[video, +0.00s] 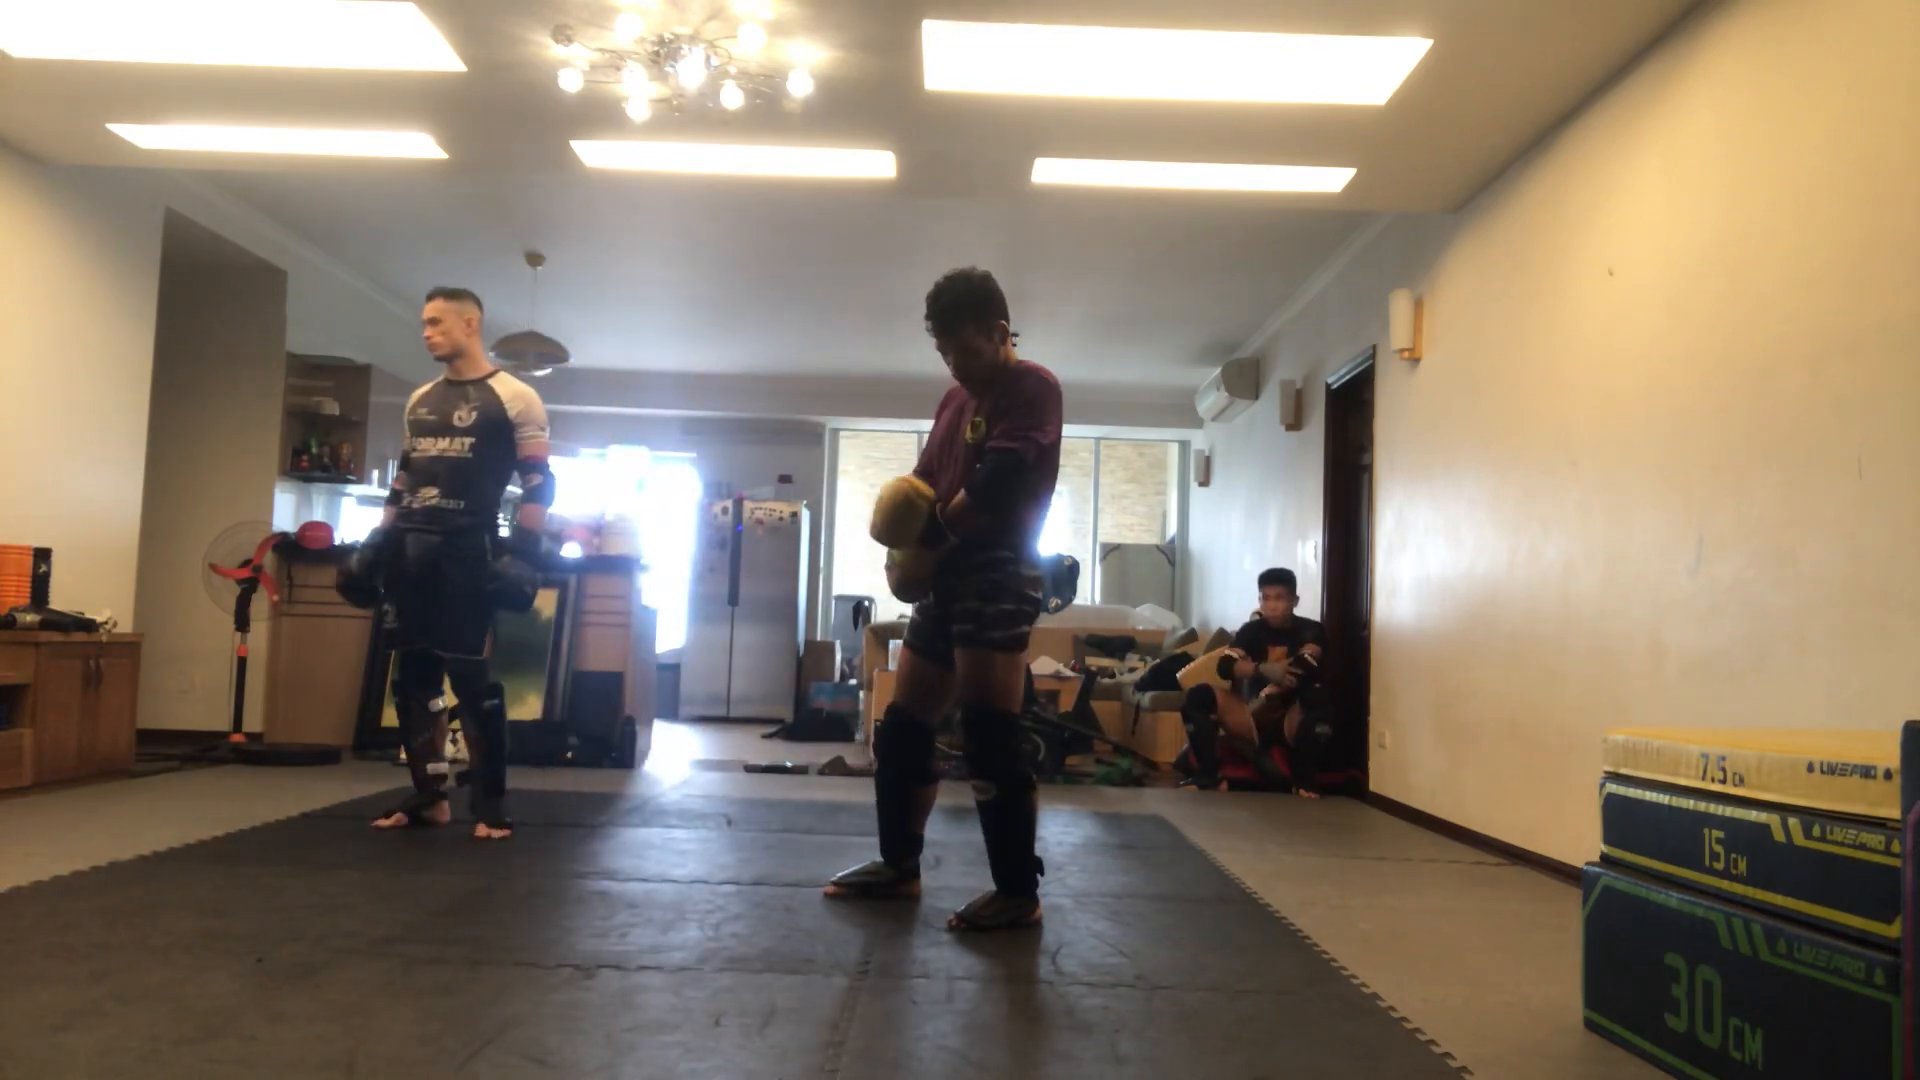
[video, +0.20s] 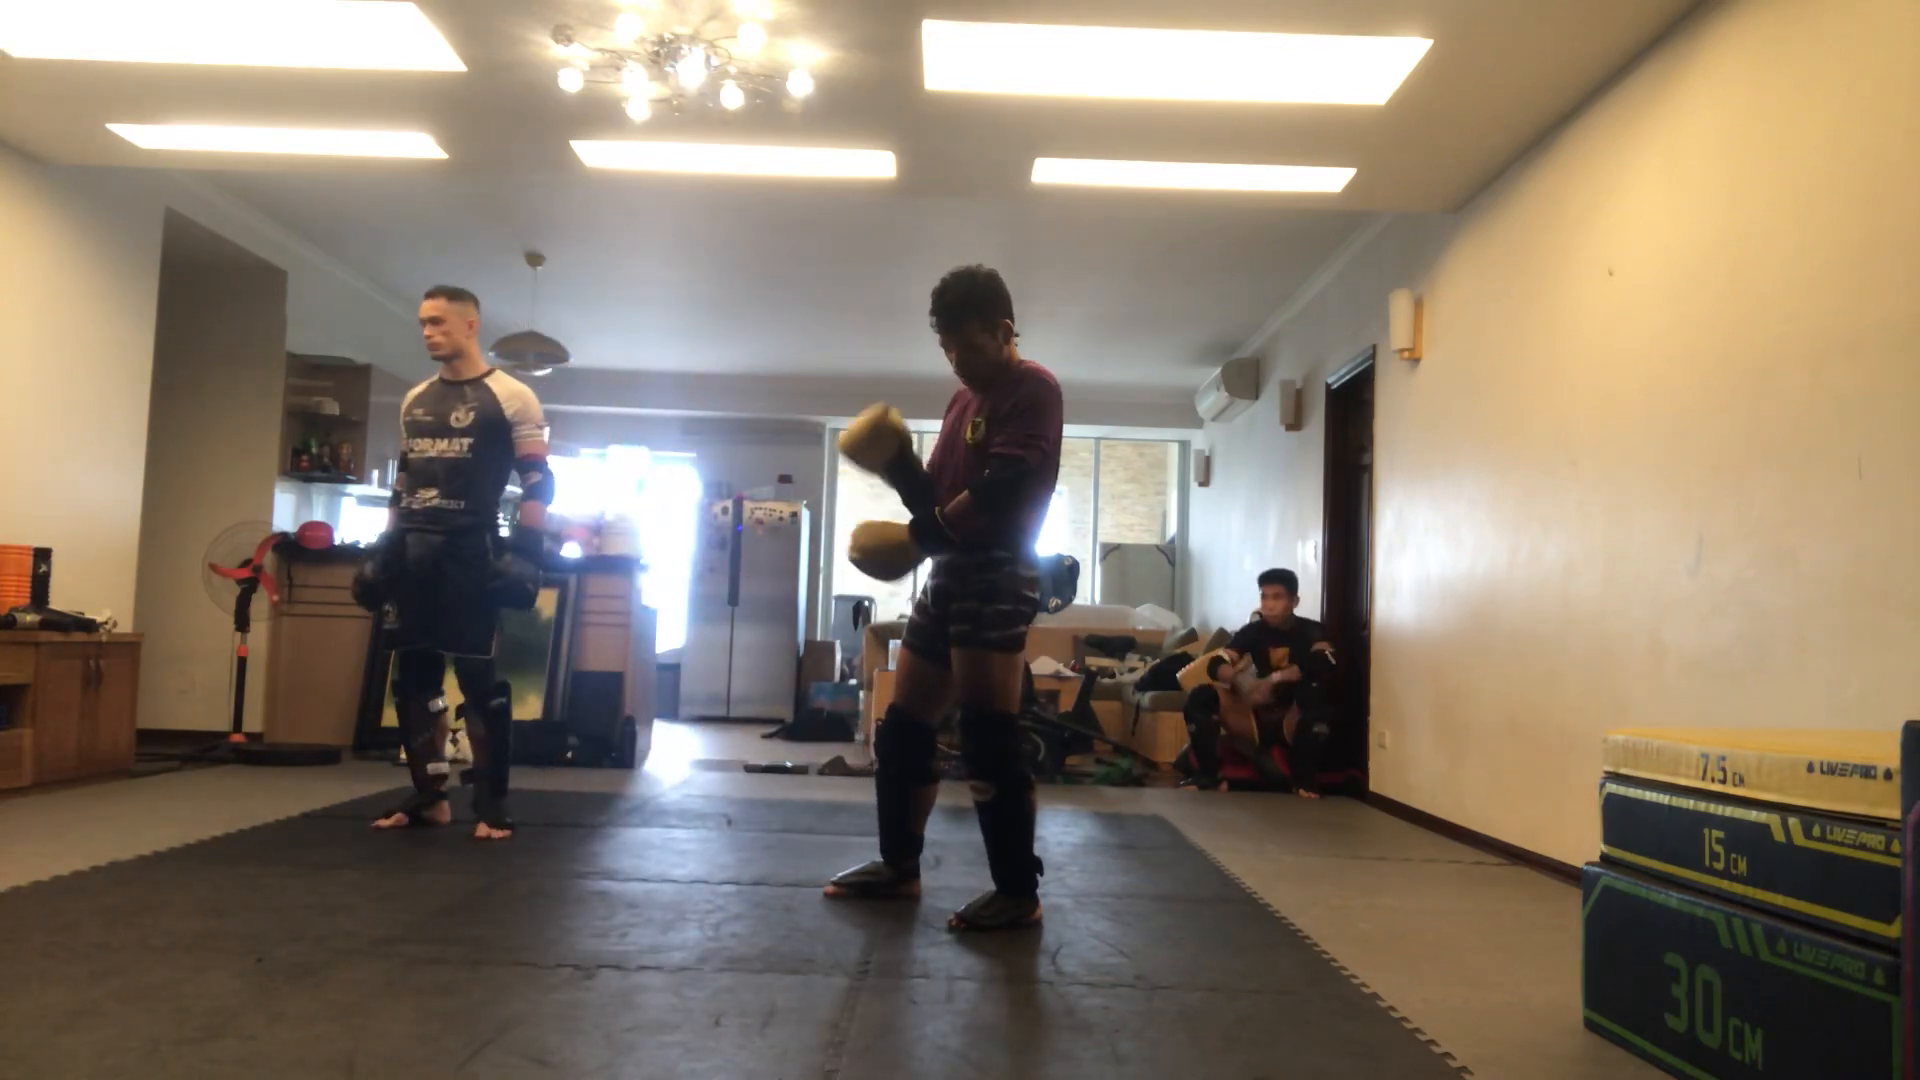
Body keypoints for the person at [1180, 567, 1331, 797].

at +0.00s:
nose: (1271, 605)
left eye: (1279, 598)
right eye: (1266, 598)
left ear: (1294, 601)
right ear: (1260, 601)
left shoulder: (1311, 630)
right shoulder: (1251, 630)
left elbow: (1305, 667)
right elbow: (1225, 665)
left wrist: (1273, 692)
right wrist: (1265, 669)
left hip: (1292, 716)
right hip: (1249, 717)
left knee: (1318, 696)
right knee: (1199, 696)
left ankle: (1304, 780)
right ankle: (1207, 775)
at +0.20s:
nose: (1268, 604)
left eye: (1276, 598)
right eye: (1264, 598)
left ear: (1294, 601)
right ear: (1259, 600)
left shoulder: (1311, 630)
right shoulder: (1251, 632)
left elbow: (1325, 661)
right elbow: (1214, 663)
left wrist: (1274, 679)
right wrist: (1238, 679)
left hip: (1292, 716)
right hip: (1249, 716)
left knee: (1316, 697)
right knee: (1200, 697)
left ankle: (1304, 781)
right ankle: (1208, 776)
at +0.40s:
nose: (1267, 608)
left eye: (1274, 601)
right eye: (1263, 601)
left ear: (1293, 603)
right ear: (1258, 603)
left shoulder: (1311, 632)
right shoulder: (1250, 633)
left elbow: (1324, 670)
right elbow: (1215, 667)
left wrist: (1276, 682)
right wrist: (1222, 684)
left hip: (1294, 711)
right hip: (1253, 712)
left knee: (1316, 700)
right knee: (1200, 698)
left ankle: (1305, 781)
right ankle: (1209, 776)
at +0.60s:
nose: (1261, 611)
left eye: (1269, 604)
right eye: (1257, 604)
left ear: (1288, 606)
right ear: (1254, 604)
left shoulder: (1310, 632)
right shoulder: (1248, 633)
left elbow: (1325, 671)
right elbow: (1213, 670)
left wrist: (1276, 685)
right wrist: (1228, 688)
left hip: (1294, 713)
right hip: (1253, 711)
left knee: (1317, 699)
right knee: (1200, 698)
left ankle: (1306, 780)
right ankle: (1209, 775)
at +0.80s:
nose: (1254, 612)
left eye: (1262, 605)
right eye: (1251, 605)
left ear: (1282, 607)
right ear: (1248, 604)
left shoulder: (1306, 631)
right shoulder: (1245, 633)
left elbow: (1326, 669)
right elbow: (1213, 669)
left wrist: (1278, 690)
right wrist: (1228, 691)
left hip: (1293, 712)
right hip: (1253, 712)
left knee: (1318, 702)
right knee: (1200, 699)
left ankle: (1306, 781)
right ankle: (1209, 775)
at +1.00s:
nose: (1251, 612)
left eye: (1258, 605)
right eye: (1249, 605)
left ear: (1279, 607)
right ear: (1245, 604)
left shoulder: (1304, 630)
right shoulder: (1244, 633)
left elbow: (1325, 668)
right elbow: (1212, 669)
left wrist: (1279, 690)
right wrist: (1228, 692)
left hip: (1292, 717)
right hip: (1251, 716)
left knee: (1317, 702)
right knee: (1199, 699)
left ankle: (1306, 782)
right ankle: (1209, 776)